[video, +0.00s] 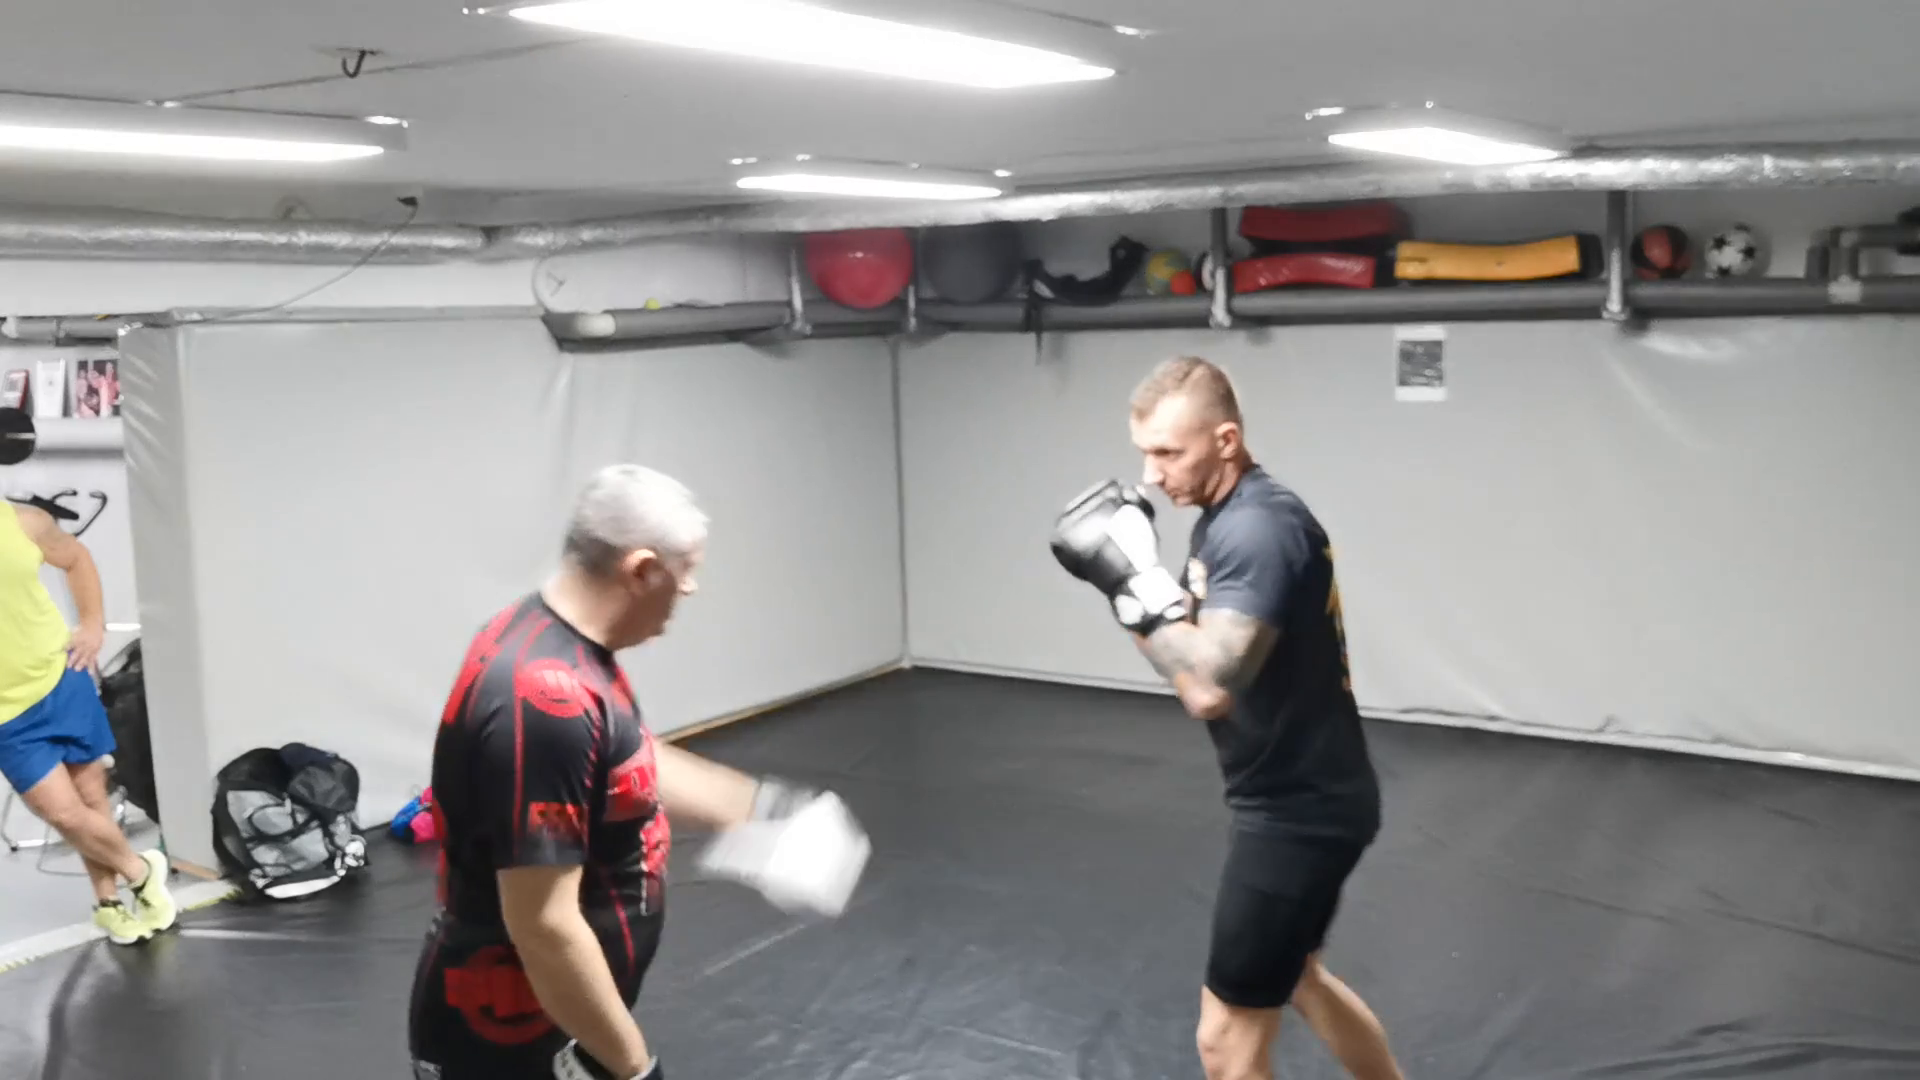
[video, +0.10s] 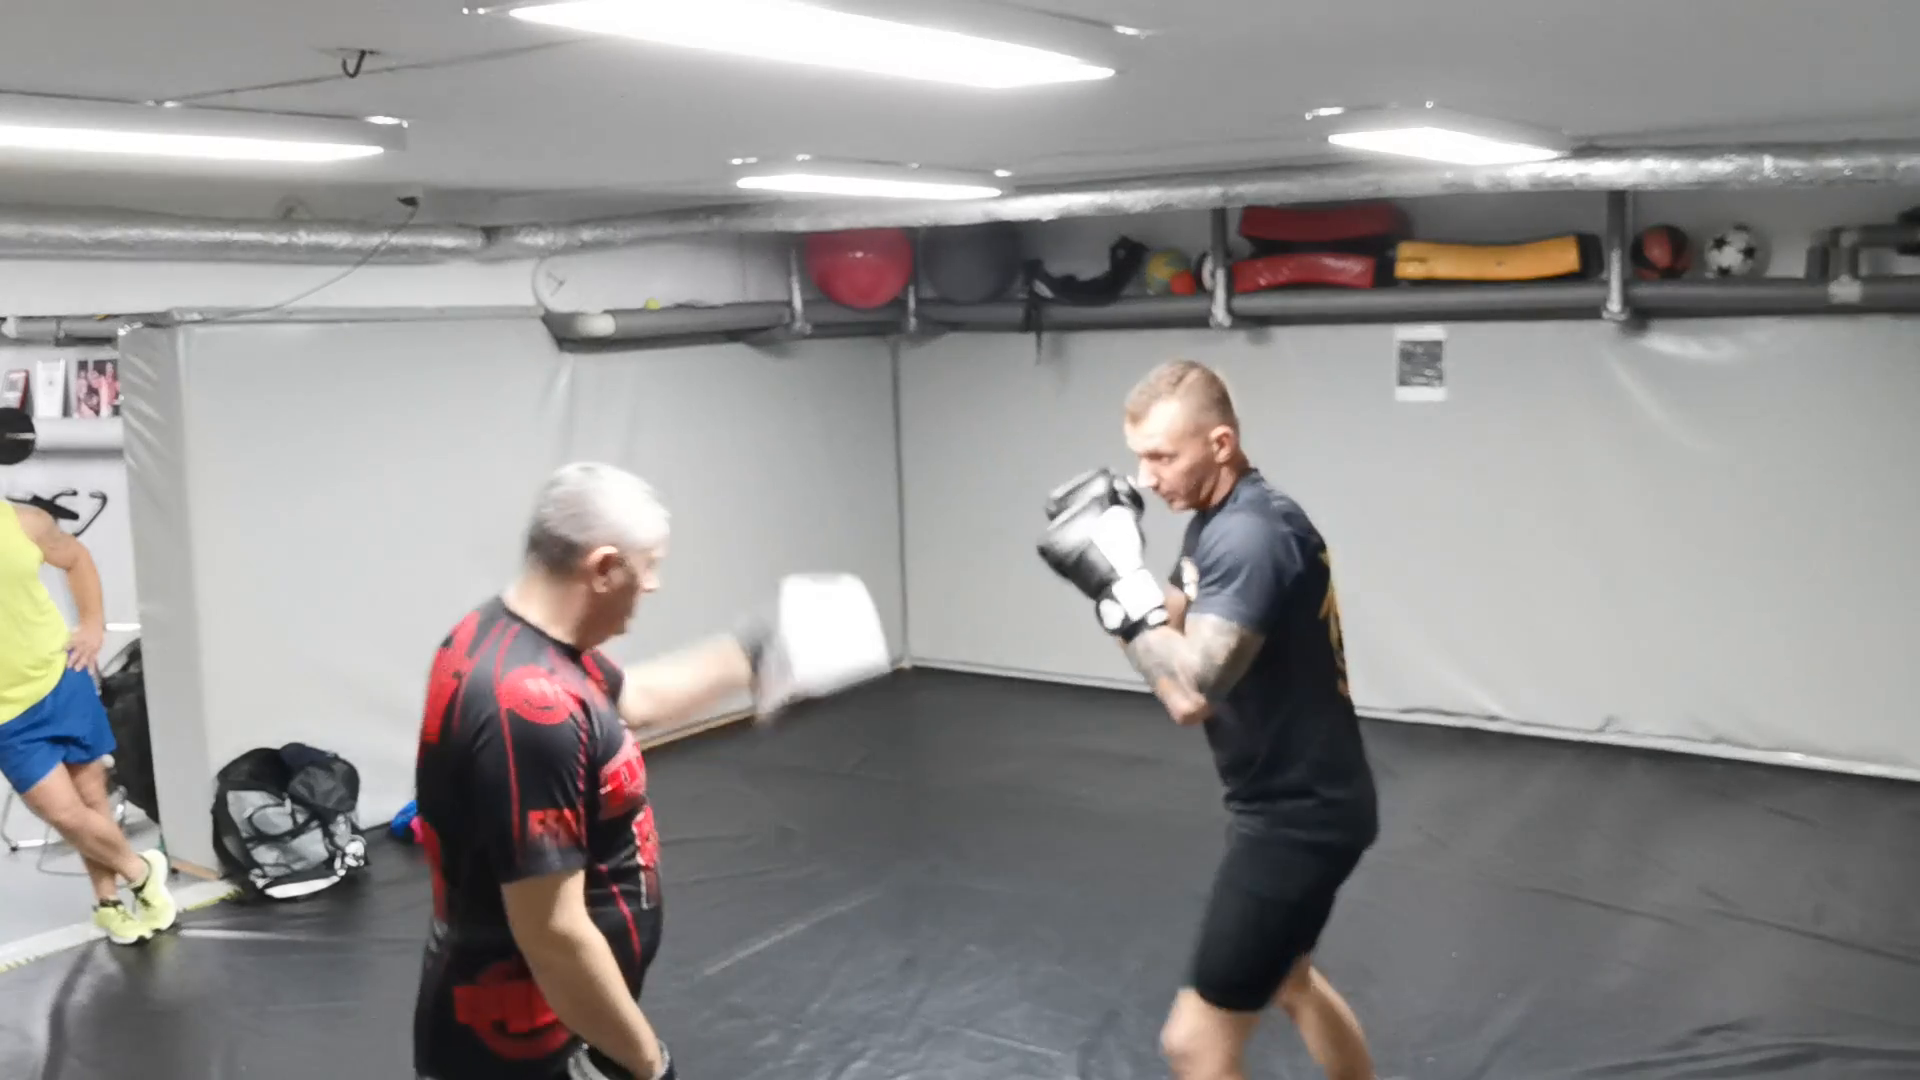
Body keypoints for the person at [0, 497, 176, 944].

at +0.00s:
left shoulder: (21, 522)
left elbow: (77, 558)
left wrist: (92, 623)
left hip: (61, 681)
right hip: (7, 714)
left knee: (91, 796)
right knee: (64, 816)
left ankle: (107, 901)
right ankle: (141, 872)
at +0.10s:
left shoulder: (21, 523)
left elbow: (77, 558)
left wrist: (92, 623)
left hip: (62, 682)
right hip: (8, 714)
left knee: (91, 798)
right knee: (65, 817)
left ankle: (107, 901)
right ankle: (141, 872)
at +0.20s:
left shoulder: (21, 523)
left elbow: (76, 558)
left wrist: (92, 623)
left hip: (62, 682)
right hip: (8, 715)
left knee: (91, 798)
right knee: (66, 817)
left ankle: (107, 902)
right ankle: (141, 872)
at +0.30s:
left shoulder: (21, 522)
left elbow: (77, 558)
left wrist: (92, 624)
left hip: (62, 682)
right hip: (8, 715)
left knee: (91, 798)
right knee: (66, 818)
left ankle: (107, 901)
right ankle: (142, 872)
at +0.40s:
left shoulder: (20, 522)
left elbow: (77, 558)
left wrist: (92, 624)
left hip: (61, 682)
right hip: (8, 715)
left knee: (91, 798)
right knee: (65, 817)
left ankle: (108, 901)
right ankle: (142, 873)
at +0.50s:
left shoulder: (22, 523)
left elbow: (76, 558)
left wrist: (92, 624)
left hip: (61, 682)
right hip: (8, 714)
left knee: (91, 798)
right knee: (65, 816)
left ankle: (108, 902)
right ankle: (141, 872)